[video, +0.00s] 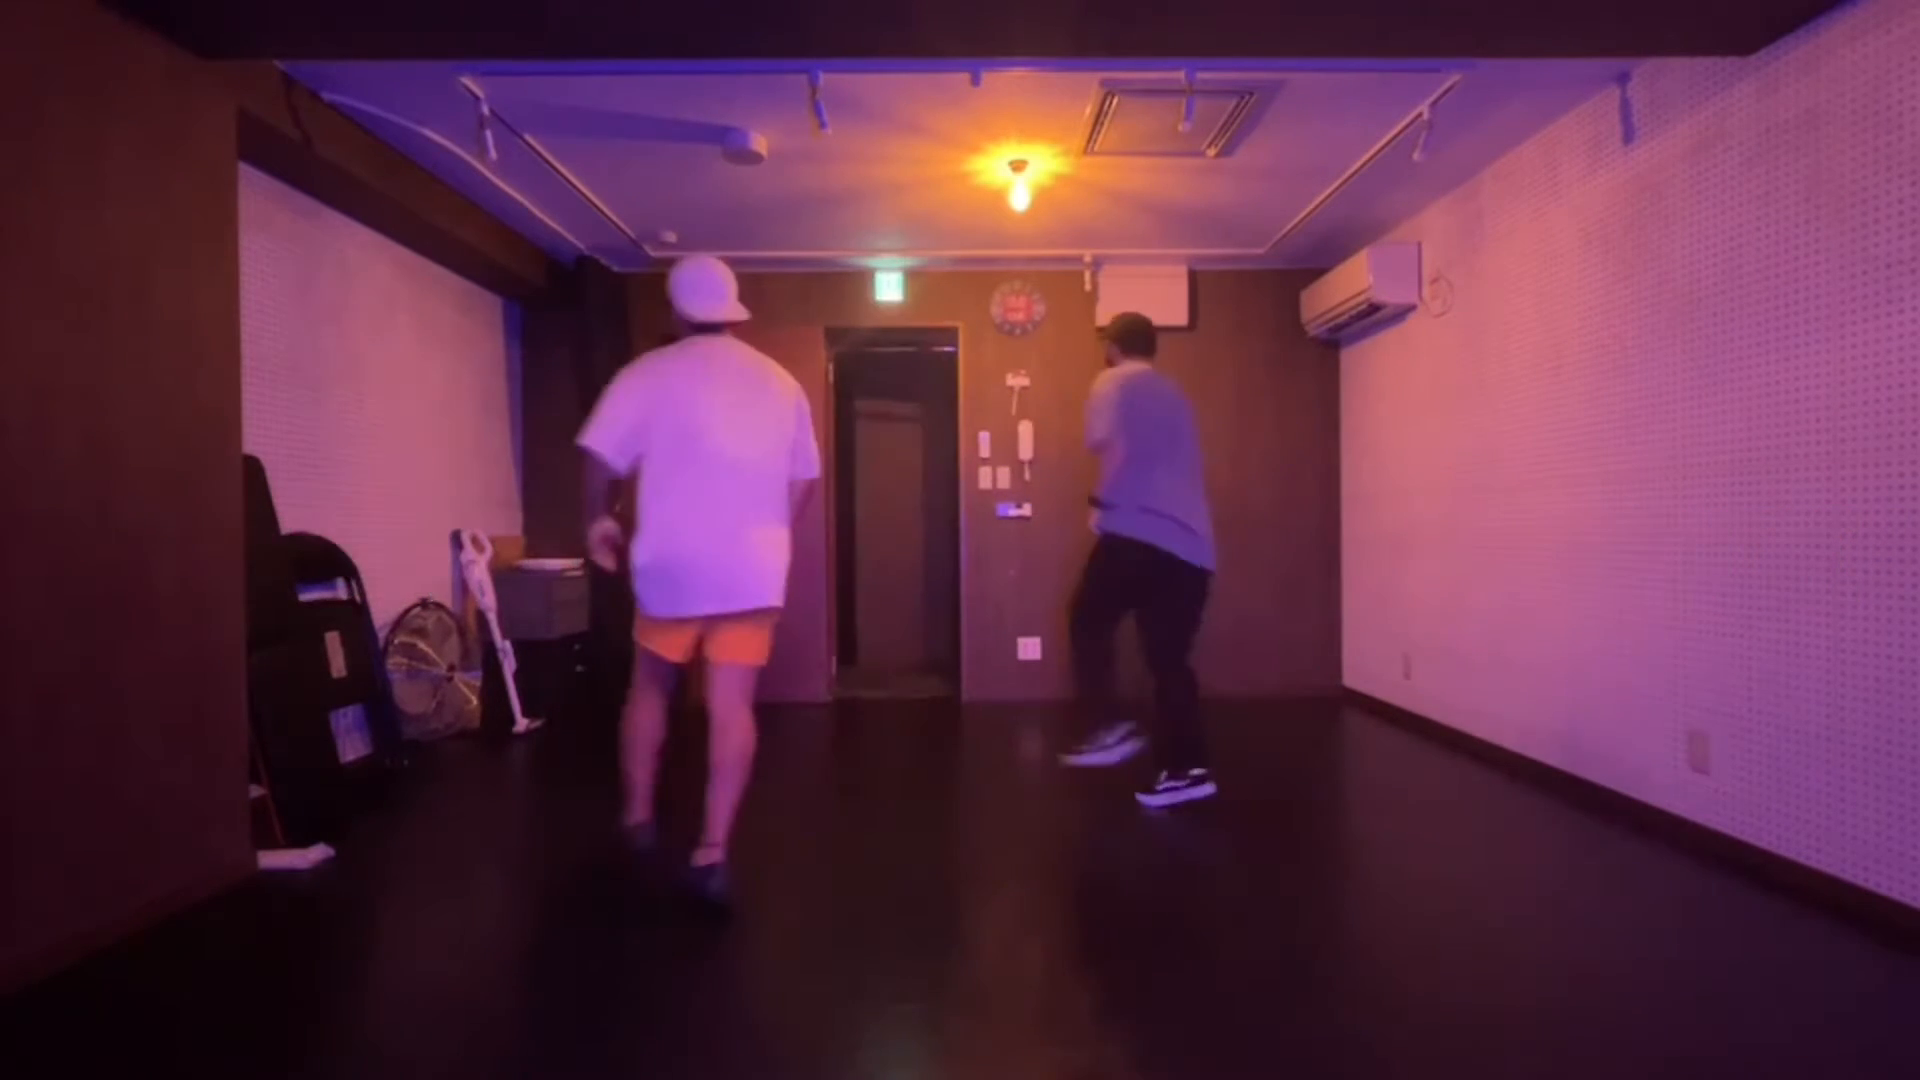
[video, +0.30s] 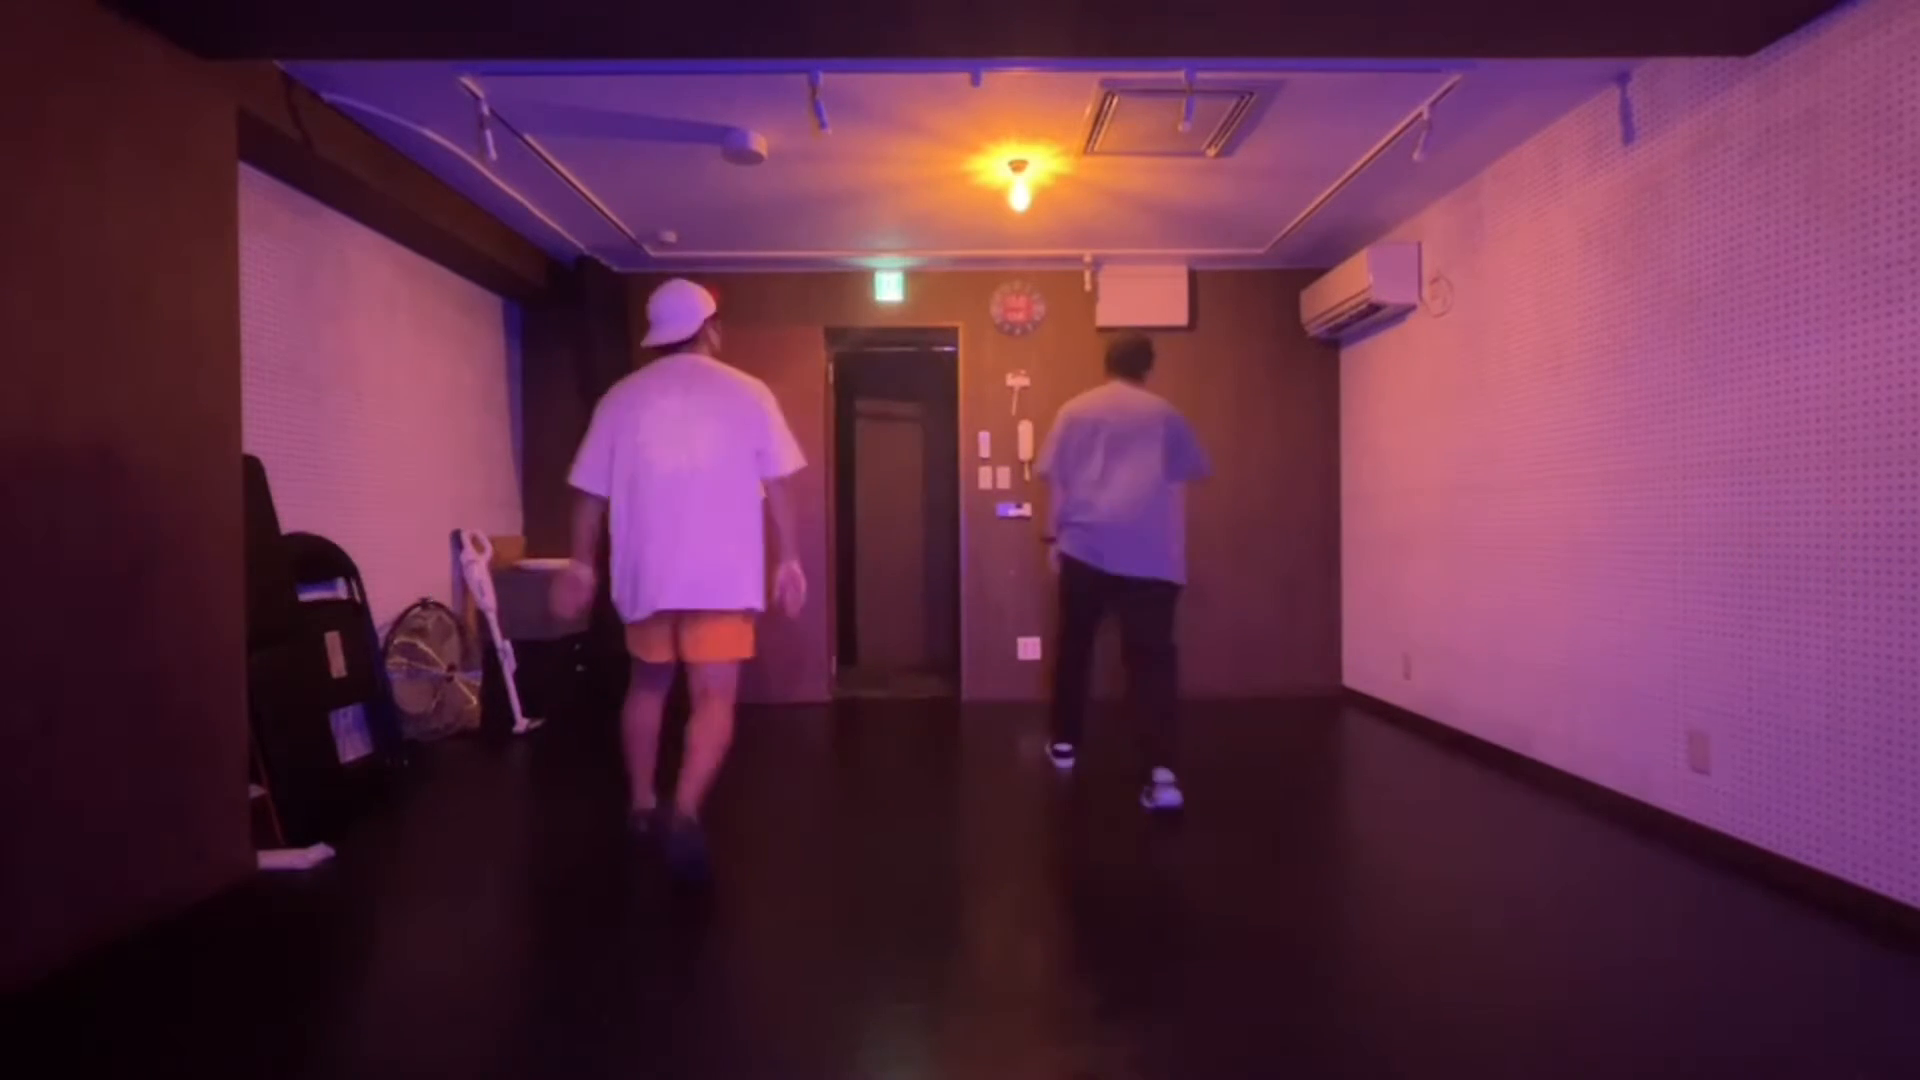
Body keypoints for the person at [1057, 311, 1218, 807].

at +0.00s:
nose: (1102, 355)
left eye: (1104, 347)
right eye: (1104, 347)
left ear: (1114, 348)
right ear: (1151, 349)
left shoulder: (1114, 381)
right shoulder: (1176, 397)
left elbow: (1112, 445)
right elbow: (1179, 467)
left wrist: (1102, 500)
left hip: (1133, 537)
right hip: (1188, 551)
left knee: (1089, 620)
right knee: (1169, 657)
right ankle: (1187, 766)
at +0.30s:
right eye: (1146, 364)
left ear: (1107, 364)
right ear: (1147, 368)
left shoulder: (1075, 410)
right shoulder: (1163, 413)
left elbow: (1050, 476)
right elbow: (1195, 471)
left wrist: (1051, 532)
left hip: (1085, 555)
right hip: (1150, 560)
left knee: (1074, 652)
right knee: (1153, 663)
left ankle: (1065, 742)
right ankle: (1161, 771)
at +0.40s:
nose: (1147, 373)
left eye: (1142, 365)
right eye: (1146, 366)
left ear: (1102, 366)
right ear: (1141, 368)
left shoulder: (1069, 411)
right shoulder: (1157, 413)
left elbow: (1050, 484)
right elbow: (1178, 486)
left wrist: (1048, 538)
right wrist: (1197, 548)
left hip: (1076, 552)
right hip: (1137, 554)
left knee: (1067, 651)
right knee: (1141, 654)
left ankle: (1064, 742)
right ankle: (1142, 744)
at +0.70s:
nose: (1156, 365)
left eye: (1152, 358)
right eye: (1150, 358)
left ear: (1118, 362)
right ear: (1133, 360)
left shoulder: (1099, 400)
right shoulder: (1141, 397)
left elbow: (1084, 471)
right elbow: (1134, 451)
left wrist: (1061, 530)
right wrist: (1149, 507)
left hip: (1077, 538)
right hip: (1120, 541)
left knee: (1065, 635)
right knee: (1140, 635)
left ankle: (1034, 722)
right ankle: (1128, 725)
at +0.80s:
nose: (1174, 376)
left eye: (1173, 369)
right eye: (1166, 369)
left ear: (1136, 376)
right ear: (1143, 375)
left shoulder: (1122, 410)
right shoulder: (1145, 410)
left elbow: (1104, 466)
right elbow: (1112, 459)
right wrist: (1100, 521)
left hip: (1087, 548)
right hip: (1123, 552)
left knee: (1064, 640)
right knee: (1148, 635)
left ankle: (1022, 727)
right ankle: (1168, 717)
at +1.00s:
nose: (1208, 388)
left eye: (1210, 379)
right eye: (1199, 380)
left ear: (1184, 386)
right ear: (1177, 385)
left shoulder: (1171, 425)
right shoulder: (1172, 429)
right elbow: (1131, 483)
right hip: (1153, 557)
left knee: (1122, 633)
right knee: (1183, 632)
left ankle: (1055, 688)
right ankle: (1177, 718)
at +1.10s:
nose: (1212, 381)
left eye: (1216, 373)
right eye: (1203, 372)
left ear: (1220, 379)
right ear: (1184, 380)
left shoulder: (1210, 433)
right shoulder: (1166, 426)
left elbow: (1221, 492)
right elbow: (1137, 479)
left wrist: (1238, 532)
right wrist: (1121, 526)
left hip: (1187, 548)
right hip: (1159, 547)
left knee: (1178, 627)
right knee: (1195, 625)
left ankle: (1098, 663)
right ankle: (1180, 716)